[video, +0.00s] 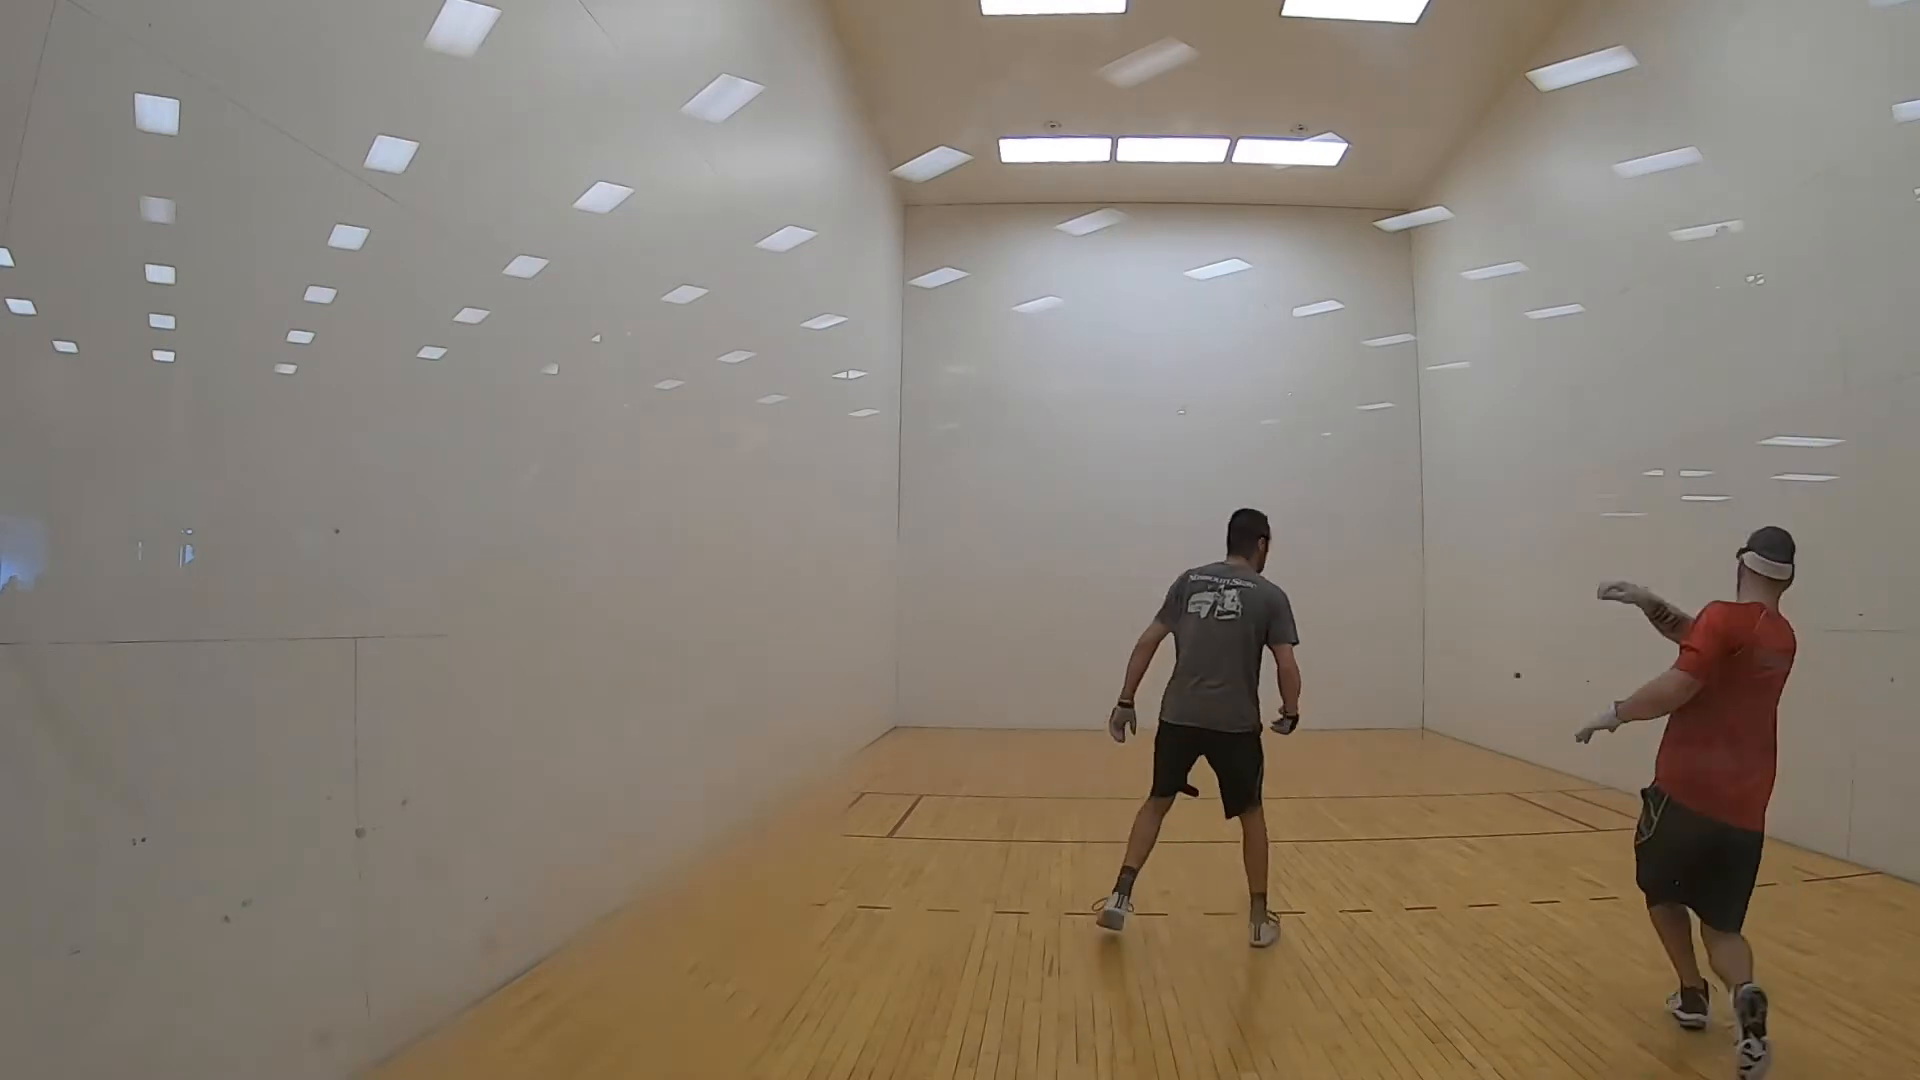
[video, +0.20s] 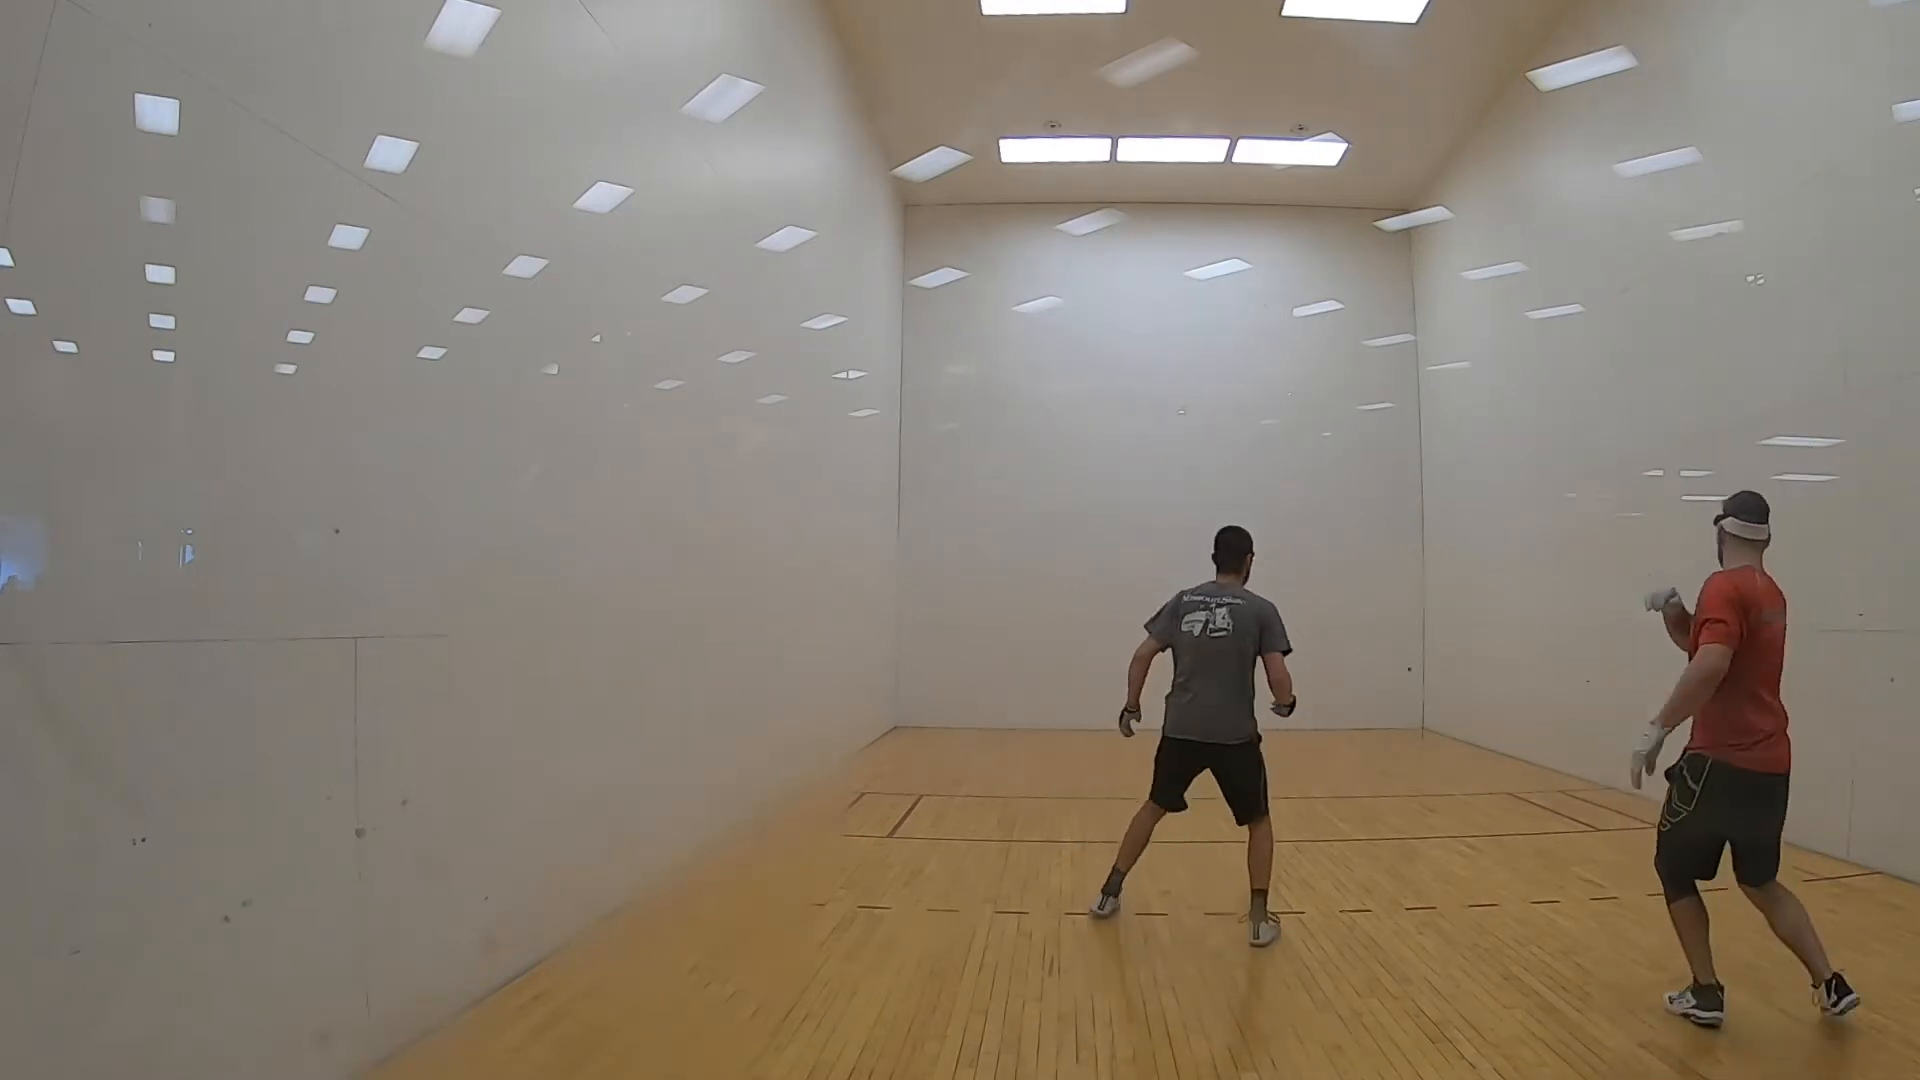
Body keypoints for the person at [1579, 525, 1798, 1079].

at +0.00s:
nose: (1740, 571)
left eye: (1741, 563)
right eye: (1755, 566)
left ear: (1739, 565)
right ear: (1788, 579)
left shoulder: (1721, 618)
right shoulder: (1784, 638)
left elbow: (1680, 685)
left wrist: (1616, 713)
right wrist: (1648, 602)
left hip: (1686, 792)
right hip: (1747, 806)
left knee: (1661, 887)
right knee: (1723, 919)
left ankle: (1693, 992)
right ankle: (1746, 993)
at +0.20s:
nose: (1715, 539)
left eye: (1716, 531)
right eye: (1721, 532)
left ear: (1719, 533)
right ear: (1765, 539)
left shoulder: (1723, 585)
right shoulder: (1770, 592)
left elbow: (1711, 665)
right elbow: (1707, 653)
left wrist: (1658, 726)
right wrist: (1675, 615)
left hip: (1717, 761)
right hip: (1769, 762)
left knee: (1676, 869)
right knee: (1760, 878)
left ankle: (1705, 992)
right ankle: (1829, 982)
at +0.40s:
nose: (1719, 539)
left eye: (1718, 531)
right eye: (1724, 531)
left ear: (1721, 532)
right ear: (1768, 535)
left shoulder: (1729, 588)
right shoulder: (1786, 594)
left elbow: (1736, 664)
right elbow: (1758, 674)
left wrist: (1714, 749)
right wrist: (1689, 691)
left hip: (1742, 762)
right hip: (1788, 762)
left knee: (1683, 859)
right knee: (1783, 870)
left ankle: (1715, 989)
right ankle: (1837, 983)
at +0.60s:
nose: (1709, 527)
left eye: (1709, 519)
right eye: (1716, 518)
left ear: (1713, 518)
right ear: (1758, 521)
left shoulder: (1716, 574)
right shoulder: (1785, 578)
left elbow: (1726, 651)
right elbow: (1793, 667)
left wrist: (1719, 730)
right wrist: (1786, 733)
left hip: (1729, 744)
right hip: (1786, 747)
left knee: (1675, 845)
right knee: (1795, 858)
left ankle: (1708, 971)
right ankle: (1836, 980)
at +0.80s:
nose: (1679, 539)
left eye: (1676, 531)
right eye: (1695, 531)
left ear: (1675, 532)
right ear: (1722, 532)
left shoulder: (1674, 592)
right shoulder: (1752, 589)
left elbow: (1666, 669)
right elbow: (1774, 667)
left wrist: (1643, 750)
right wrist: (1761, 739)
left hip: (1701, 756)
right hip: (1761, 757)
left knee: (1665, 863)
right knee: (1775, 862)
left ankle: (1737, 971)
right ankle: (1831, 978)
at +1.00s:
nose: (1612, 555)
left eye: (1609, 547)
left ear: (1609, 546)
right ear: (1654, 549)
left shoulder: (1599, 606)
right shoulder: (1692, 604)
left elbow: (1572, 687)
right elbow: (1734, 674)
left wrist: (1554, 749)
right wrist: (1735, 737)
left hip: (1646, 757)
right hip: (1696, 755)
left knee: (1657, 872)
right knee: (1662, 847)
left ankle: (1741, 977)